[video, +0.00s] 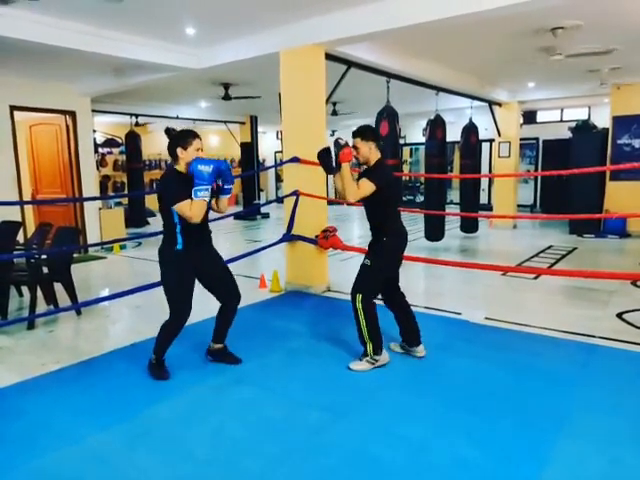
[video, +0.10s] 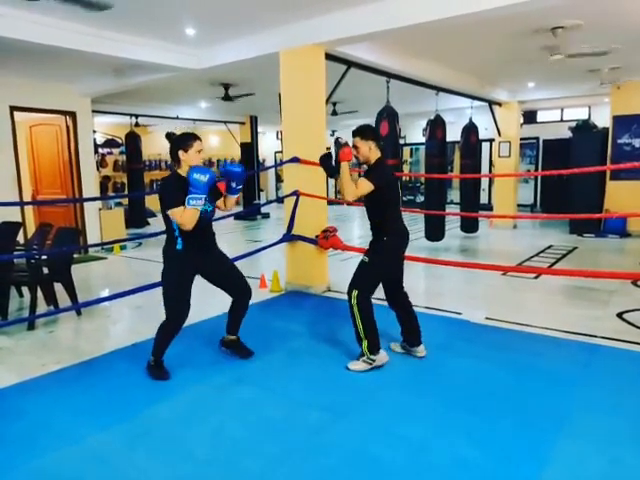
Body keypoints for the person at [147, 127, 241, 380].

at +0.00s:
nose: (201, 154)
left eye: (201, 150)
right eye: (197, 150)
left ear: (191, 152)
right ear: (180, 151)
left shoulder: (197, 177)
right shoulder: (169, 181)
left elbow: (221, 208)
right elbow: (194, 215)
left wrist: (224, 180)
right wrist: (204, 183)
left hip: (202, 251)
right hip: (176, 255)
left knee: (231, 297)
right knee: (180, 315)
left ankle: (217, 347)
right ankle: (157, 359)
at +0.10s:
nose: (202, 157)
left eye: (202, 152)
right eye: (198, 152)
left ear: (196, 154)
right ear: (181, 154)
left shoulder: (203, 179)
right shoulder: (169, 185)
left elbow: (227, 206)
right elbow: (187, 222)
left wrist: (234, 185)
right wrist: (198, 190)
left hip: (207, 253)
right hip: (179, 258)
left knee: (242, 292)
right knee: (177, 316)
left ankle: (231, 338)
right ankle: (155, 360)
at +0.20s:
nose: (210, 154)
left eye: (210, 149)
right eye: (205, 150)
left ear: (197, 153)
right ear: (189, 154)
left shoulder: (213, 176)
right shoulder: (177, 184)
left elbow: (249, 188)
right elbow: (186, 220)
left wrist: (262, 173)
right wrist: (199, 190)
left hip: (214, 251)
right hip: (184, 255)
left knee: (247, 292)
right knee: (181, 313)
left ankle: (255, 334)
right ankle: (157, 359)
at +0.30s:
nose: (222, 153)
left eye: (221, 149)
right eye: (217, 149)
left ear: (210, 153)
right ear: (202, 154)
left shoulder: (229, 175)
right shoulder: (191, 183)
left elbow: (267, 175)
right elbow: (196, 219)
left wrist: (286, 159)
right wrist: (209, 190)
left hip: (225, 250)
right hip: (195, 253)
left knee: (250, 294)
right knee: (183, 308)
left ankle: (263, 335)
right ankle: (157, 358)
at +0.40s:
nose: (235, 151)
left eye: (235, 145)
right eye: (228, 147)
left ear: (237, 147)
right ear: (212, 152)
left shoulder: (241, 174)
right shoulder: (202, 178)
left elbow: (269, 188)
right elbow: (215, 212)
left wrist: (278, 172)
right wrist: (227, 183)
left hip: (235, 247)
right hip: (207, 250)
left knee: (256, 295)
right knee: (192, 304)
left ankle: (264, 335)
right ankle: (166, 353)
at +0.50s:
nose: (238, 149)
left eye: (238, 144)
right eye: (233, 145)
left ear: (235, 146)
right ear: (217, 148)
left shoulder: (236, 172)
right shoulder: (211, 174)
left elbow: (252, 206)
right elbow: (238, 204)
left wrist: (262, 185)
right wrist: (245, 175)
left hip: (237, 243)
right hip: (213, 245)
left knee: (255, 290)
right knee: (208, 300)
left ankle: (264, 335)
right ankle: (177, 340)